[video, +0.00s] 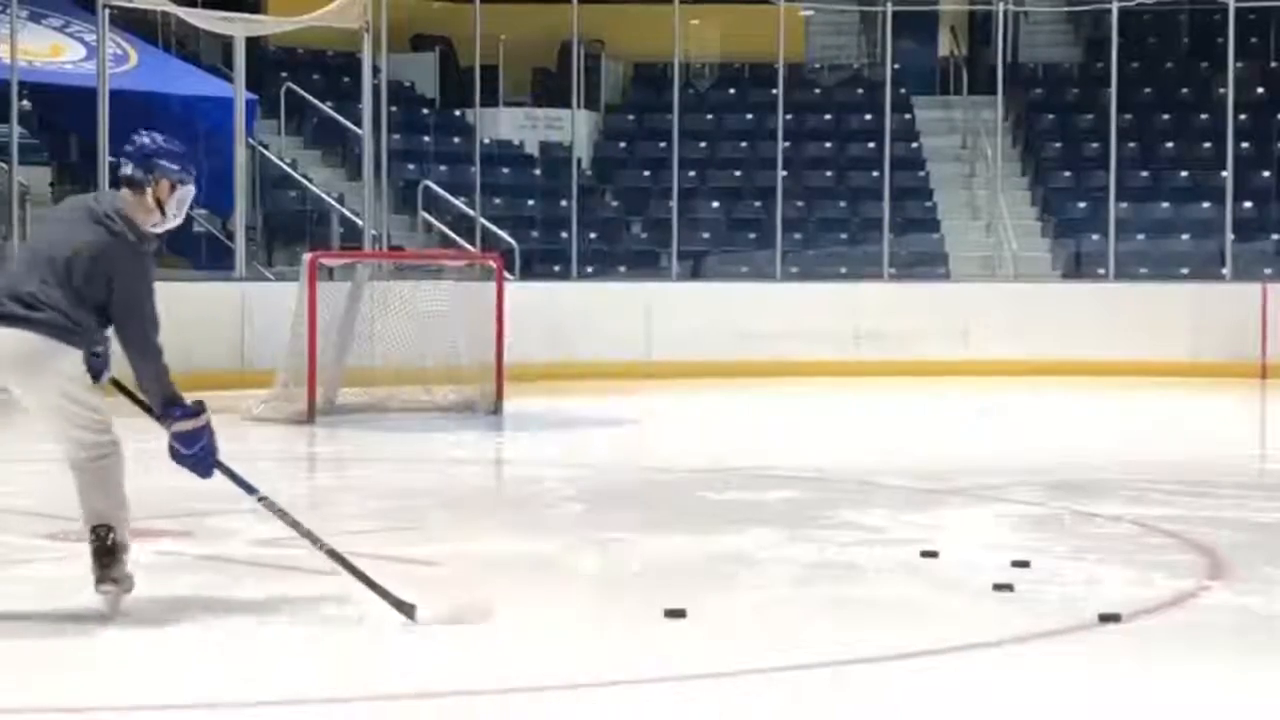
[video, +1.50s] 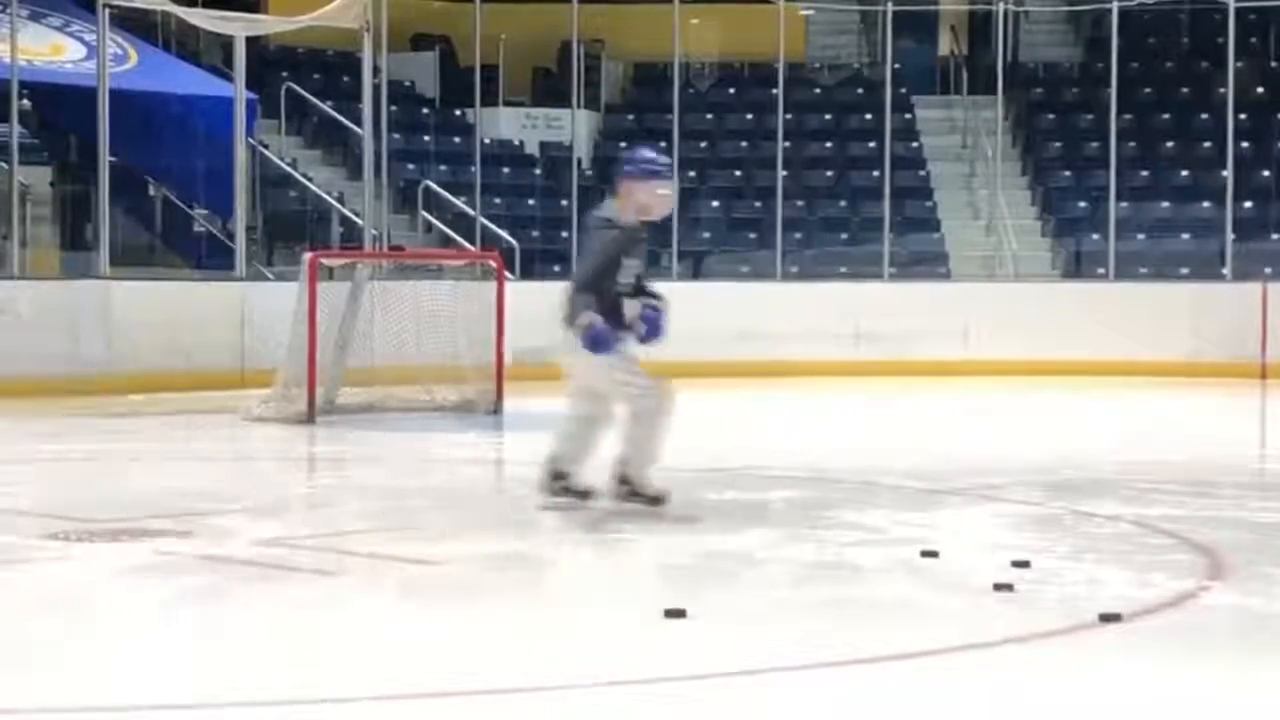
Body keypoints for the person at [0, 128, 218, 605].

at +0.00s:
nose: (176, 205)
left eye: (181, 194)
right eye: (173, 190)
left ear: (128, 179)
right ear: (150, 185)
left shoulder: (71, 208)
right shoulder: (127, 248)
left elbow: (60, 278)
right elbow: (140, 341)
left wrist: (93, 340)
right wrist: (172, 409)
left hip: (6, 326)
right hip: (40, 340)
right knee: (93, 443)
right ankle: (109, 552)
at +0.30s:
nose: (208, 220)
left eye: (211, 209)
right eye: (209, 208)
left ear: (164, 193)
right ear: (195, 204)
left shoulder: (119, 215)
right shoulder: (161, 249)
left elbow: (95, 276)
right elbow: (169, 328)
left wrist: (118, 335)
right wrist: (189, 396)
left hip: (17, 318)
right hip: (71, 333)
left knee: (3, 434)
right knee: (116, 434)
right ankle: (149, 534)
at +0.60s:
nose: (239, 228)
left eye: (240, 220)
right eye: (239, 220)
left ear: (203, 203)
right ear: (231, 217)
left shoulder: (162, 219)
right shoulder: (227, 255)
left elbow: (102, 241)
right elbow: (204, 299)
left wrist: (125, 280)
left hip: (103, 329)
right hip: (147, 348)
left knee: (108, 421)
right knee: (138, 449)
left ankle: (97, 483)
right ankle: (106, 508)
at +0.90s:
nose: (306, 175)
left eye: (304, 168)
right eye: (312, 169)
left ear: (286, 166)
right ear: (323, 171)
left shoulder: (251, 209)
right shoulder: (330, 224)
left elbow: (226, 267)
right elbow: (331, 296)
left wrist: (240, 301)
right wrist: (344, 352)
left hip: (236, 320)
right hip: (278, 332)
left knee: (257, 416)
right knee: (267, 428)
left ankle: (234, 489)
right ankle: (206, 474)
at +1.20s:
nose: (485, 181)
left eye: (485, 172)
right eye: (482, 172)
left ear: (445, 166)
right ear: (466, 171)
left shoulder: (421, 203)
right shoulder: (449, 209)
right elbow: (447, 257)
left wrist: (483, 265)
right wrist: (487, 273)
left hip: (393, 319)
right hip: (428, 325)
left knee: (400, 403)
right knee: (457, 406)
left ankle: (367, 474)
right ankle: (431, 477)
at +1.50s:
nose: (660, 197)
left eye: (662, 188)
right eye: (653, 187)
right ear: (628, 187)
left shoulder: (634, 229)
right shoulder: (609, 230)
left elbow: (631, 281)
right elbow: (583, 286)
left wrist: (649, 304)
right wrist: (588, 321)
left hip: (609, 332)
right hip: (594, 334)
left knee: (590, 407)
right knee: (649, 396)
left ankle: (559, 473)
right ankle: (631, 477)